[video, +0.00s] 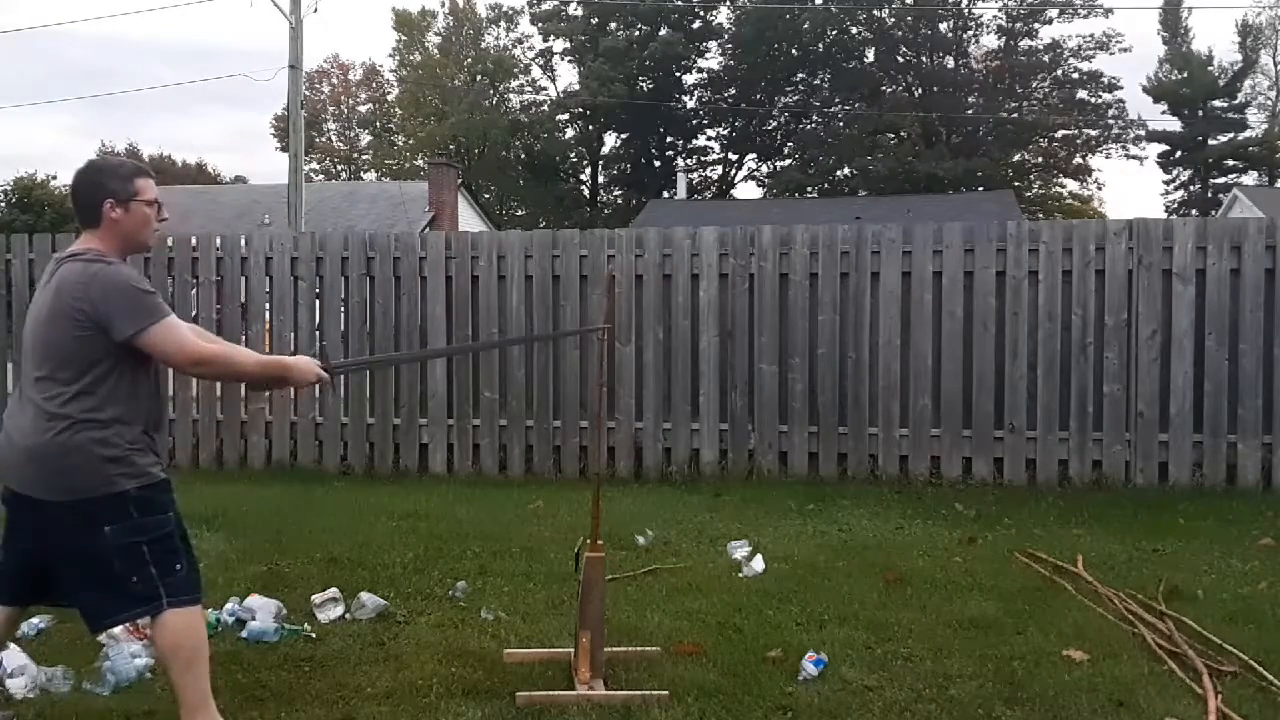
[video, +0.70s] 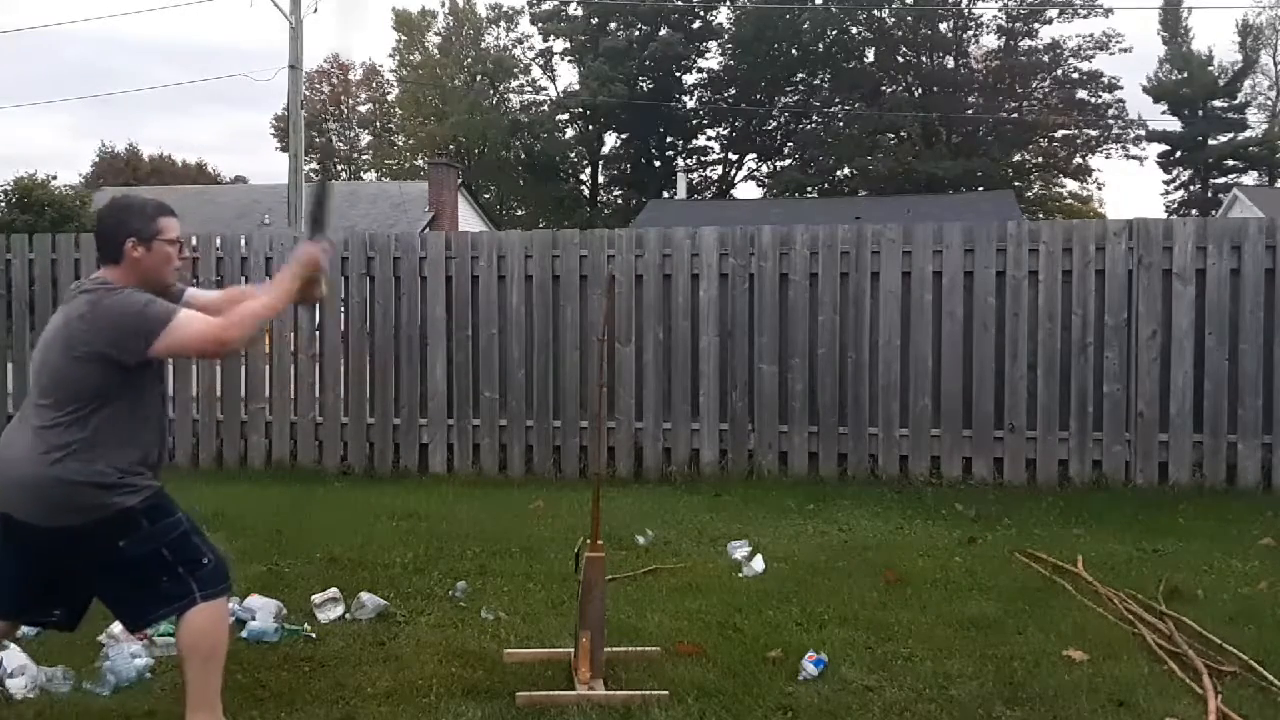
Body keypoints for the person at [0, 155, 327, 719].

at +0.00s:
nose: (161, 217)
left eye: (159, 205)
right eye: (152, 205)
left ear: (109, 212)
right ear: (113, 210)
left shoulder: (67, 271)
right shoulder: (109, 280)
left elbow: (182, 334)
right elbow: (188, 353)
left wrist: (257, 362)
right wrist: (284, 367)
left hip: (29, 466)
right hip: (104, 468)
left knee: (12, 594)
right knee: (176, 595)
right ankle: (201, 712)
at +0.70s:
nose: (182, 254)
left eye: (181, 243)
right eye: (172, 244)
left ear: (132, 251)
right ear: (134, 250)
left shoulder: (104, 294)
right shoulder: (120, 309)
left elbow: (218, 303)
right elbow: (218, 337)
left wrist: (290, 287)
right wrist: (288, 283)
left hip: (22, 488)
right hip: (95, 491)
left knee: (11, 605)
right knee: (205, 584)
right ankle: (205, 713)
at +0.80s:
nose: (176, 254)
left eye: (174, 243)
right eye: (166, 243)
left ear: (126, 250)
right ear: (128, 249)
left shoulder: (86, 294)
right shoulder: (110, 301)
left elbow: (201, 281)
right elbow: (213, 302)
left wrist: (267, 242)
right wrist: (258, 226)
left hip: (23, 485)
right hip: (96, 488)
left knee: (8, 609)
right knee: (204, 585)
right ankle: (205, 712)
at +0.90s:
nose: (171, 252)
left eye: (170, 240)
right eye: (160, 242)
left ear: (119, 247)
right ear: (121, 245)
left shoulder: (90, 295)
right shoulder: (94, 297)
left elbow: (198, 273)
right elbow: (188, 271)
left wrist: (235, 208)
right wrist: (210, 186)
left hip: (34, 487)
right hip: (99, 487)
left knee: (11, 611)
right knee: (204, 583)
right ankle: (205, 713)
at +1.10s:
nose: (159, 252)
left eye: (157, 242)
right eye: (148, 242)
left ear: (115, 245)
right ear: (113, 245)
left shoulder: (127, 299)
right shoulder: (68, 300)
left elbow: (192, 235)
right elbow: (132, 247)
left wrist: (177, 172)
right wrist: (129, 154)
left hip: (47, 485)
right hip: (93, 482)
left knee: (17, 613)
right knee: (204, 583)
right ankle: (205, 712)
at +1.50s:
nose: (164, 257)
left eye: (163, 246)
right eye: (154, 245)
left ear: (113, 254)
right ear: (112, 252)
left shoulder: (109, 300)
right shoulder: (82, 306)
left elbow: (198, 286)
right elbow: (188, 289)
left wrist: (205, 204)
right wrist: (175, 196)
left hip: (49, 492)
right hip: (110, 491)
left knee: (12, 614)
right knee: (217, 584)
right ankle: (207, 713)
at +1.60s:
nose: (170, 251)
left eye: (168, 239)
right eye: (159, 240)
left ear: (114, 247)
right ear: (117, 247)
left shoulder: (76, 289)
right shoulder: (115, 306)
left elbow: (200, 294)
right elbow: (225, 342)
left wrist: (277, 279)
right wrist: (269, 287)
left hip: (29, 486)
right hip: (112, 488)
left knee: (11, 604)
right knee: (210, 586)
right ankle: (207, 712)